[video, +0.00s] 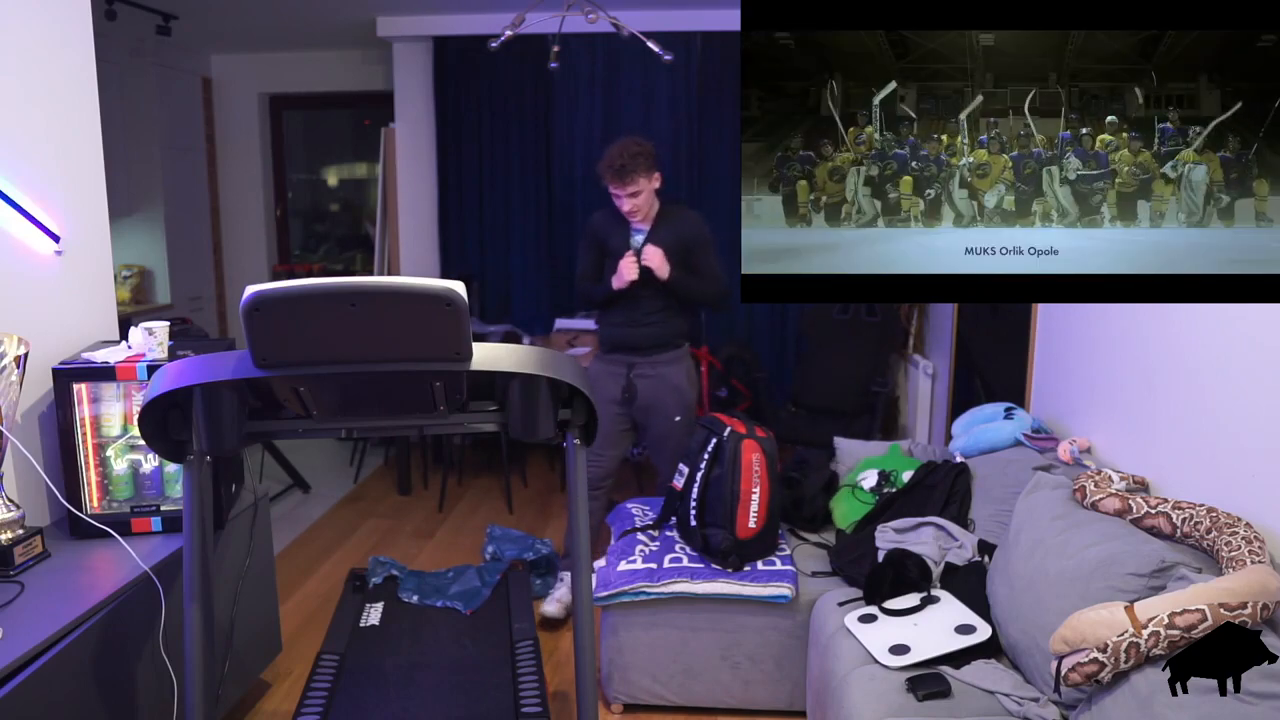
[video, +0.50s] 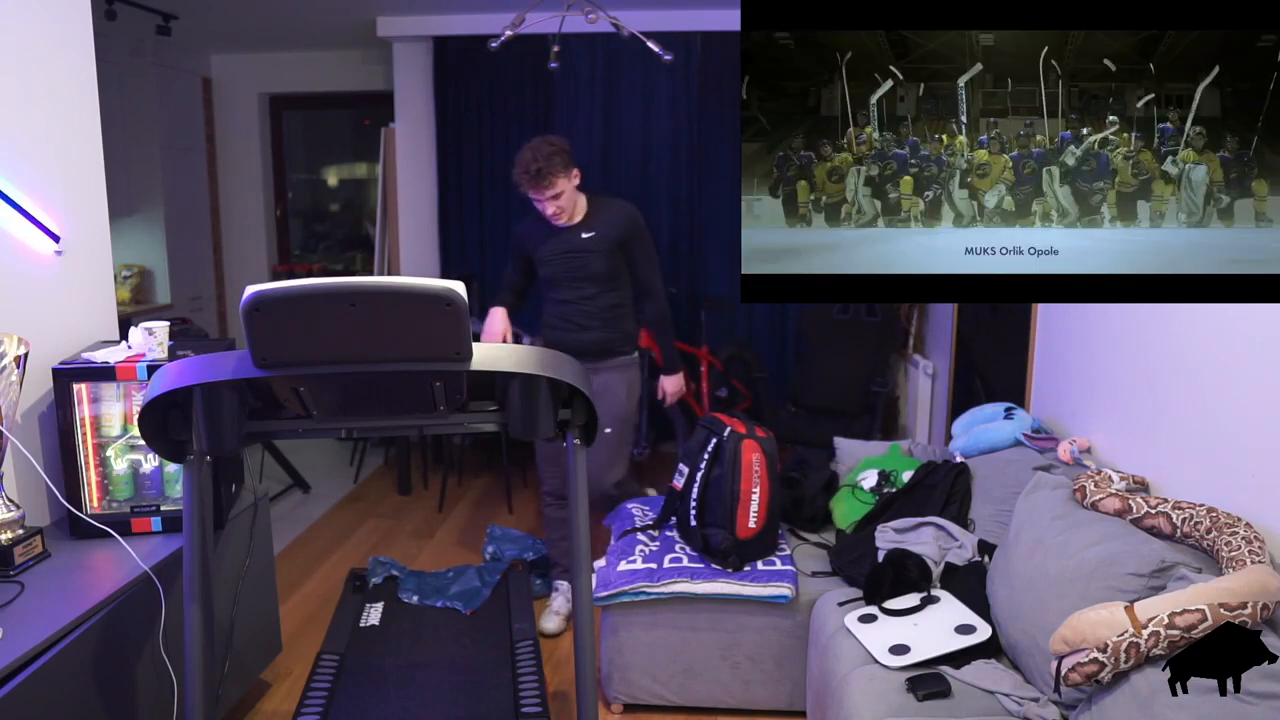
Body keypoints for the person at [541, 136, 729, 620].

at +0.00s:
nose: (625, 205)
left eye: (633, 194)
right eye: (617, 195)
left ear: (655, 183)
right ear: (607, 190)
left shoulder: (686, 226)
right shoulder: (601, 227)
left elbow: (717, 294)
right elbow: (584, 294)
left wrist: (670, 274)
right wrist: (613, 284)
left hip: (669, 367)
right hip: (610, 368)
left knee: (674, 476)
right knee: (591, 474)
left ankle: (684, 576)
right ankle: (572, 575)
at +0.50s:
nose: (550, 208)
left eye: (556, 196)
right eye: (539, 201)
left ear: (576, 178)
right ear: (528, 196)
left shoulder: (620, 220)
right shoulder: (531, 231)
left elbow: (652, 294)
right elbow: (516, 282)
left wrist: (670, 365)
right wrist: (499, 308)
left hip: (615, 368)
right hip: (552, 369)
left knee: (603, 483)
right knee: (555, 486)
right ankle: (563, 582)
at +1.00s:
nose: (565, 201)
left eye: (575, 191)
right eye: (557, 189)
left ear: (591, 183)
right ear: (541, 177)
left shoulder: (616, 227)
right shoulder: (518, 231)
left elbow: (636, 308)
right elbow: (500, 295)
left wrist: (633, 383)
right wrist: (497, 321)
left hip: (602, 377)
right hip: (536, 377)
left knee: (592, 505)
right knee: (549, 502)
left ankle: (588, 617)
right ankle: (560, 588)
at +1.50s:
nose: (599, 198)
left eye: (611, 187)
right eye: (591, 184)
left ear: (624, 183)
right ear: (569, 169)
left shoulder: (632, 234)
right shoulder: (528, 227)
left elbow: (649, 319)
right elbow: (498, 295)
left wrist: (662, 400)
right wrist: (514, 331)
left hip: (614, 396)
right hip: (543, 395)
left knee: (600, 530)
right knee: (560, 526)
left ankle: (586, 641)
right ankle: (558, 652)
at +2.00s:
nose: (597, 208)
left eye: (608, 195)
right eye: (585, 195)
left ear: (622, 181)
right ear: (558, 175)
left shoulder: (635, 231)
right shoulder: (523, 238)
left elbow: (649, 321)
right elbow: (489, 327)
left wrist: (660, 405)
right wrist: (529, 382)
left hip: (622, 419)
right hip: (545, 424)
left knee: (605, 556)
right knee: (554, 564)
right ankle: (565, 685)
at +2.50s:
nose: (631, 214)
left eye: (645, 202)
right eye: (619, 199)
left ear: (660, 184)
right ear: (594, 173)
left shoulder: (670, 229)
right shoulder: (550, 241)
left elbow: (690, 314)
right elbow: (511, 332)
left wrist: (691, 332)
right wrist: (562, 359)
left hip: (662, 430)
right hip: (579, 437)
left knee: (687, 574)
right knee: (569, 584)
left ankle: (690, 709)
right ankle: (567, 700)